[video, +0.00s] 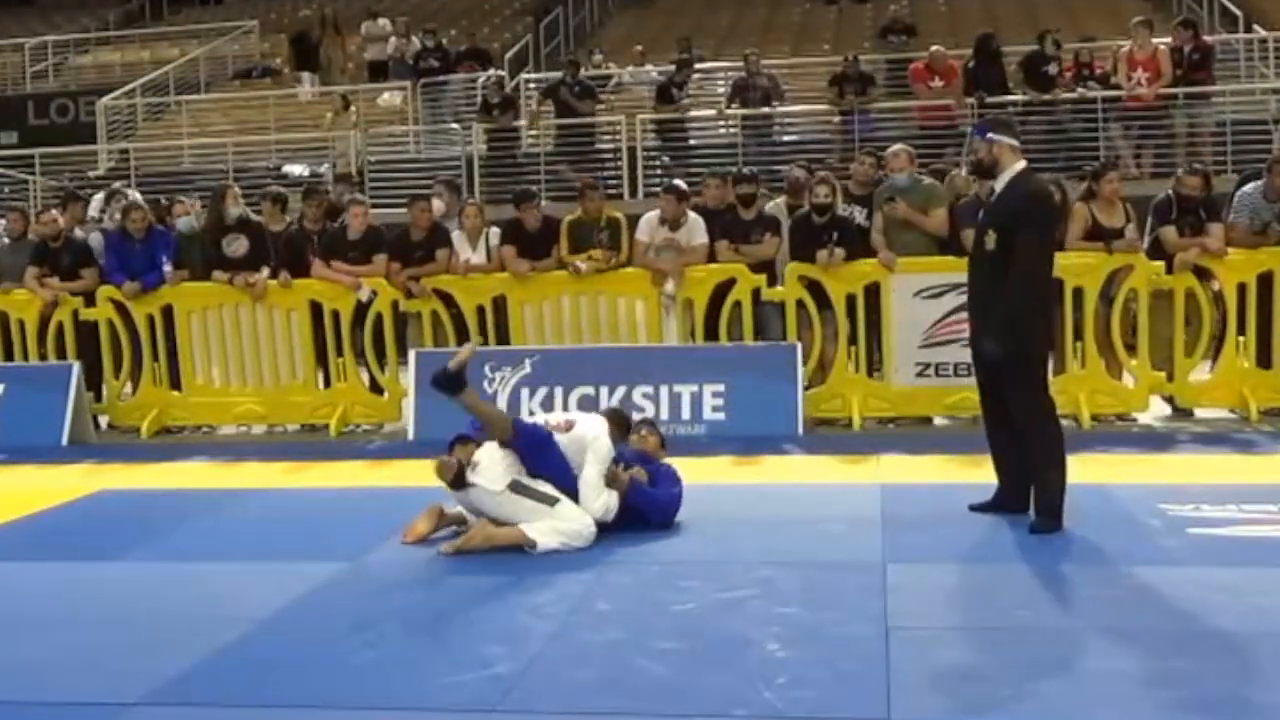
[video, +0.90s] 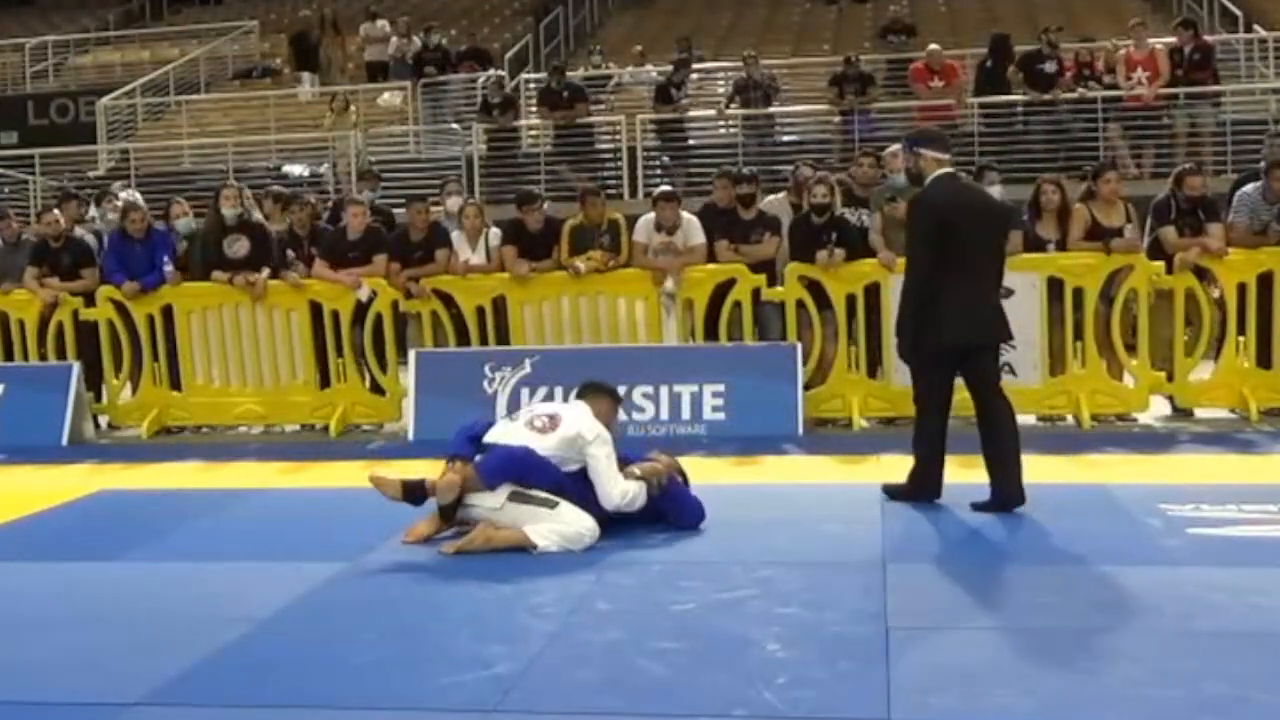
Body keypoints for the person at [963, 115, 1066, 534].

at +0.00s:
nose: (976, 158)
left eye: (979, 150)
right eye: (975, 151)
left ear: (999, 147)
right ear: (998, 149)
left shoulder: (1033, 195)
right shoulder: (1001, 195)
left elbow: (1029, 276)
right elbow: (992, 270)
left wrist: (1010, 330)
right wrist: (981, 325)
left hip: (1019, 327)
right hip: (991, 325)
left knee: (1032, 412)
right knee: (1000, 411)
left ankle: (1049, 507)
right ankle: (1011, 492)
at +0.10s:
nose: (973, 160)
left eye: (975, 152)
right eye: (972, 153)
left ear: (994, 149)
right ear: (995, 149)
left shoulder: (1022, 196)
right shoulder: (997, 195)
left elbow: (1016, 275)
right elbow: (990, 270)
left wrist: (996, 330)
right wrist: (976, 326)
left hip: (1011, 326)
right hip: (987, 325)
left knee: (1022, 412)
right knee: (997, 412)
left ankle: (1046, 504)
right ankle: (1012, 490)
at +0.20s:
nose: (966, 162)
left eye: (969, 154)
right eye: (966, 155)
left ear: (987, 151)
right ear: (996, 151)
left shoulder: (1009, 195)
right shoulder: (1007, 192)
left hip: (1000, 324)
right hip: (989, 322)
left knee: (1008, 412)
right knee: (996, 410)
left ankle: (1036, 504)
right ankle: (1011, 489)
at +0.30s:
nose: (961, 163)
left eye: (963, 154)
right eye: (960, 155)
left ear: (981, 151)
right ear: (992, 151)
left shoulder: (1003, 195)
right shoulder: (1006, 191)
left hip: (993, 327)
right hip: (993, 325)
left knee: (991, 405)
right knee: (995, 402)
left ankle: (1017, 495)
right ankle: (1010, 489)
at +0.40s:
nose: (956, 163)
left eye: (959, 154)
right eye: (956, 155)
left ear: (975, 150)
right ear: (993, 150)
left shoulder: (993, 193)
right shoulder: (1015, 192)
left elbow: (941, 222)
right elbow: (996, 268)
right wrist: (961, 313)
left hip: (979, 323)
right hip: (1006, 322)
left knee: (959, 401)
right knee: (1006, 401)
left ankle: (985, 496)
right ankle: (1016, 495)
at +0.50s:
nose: (951, 162)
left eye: (953, 154)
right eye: (951, 154)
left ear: (968, 151)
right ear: (989, 151)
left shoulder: (978, 198)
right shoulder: (1017, 195)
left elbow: (971, 269)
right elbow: (1008, 269)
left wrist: (950, 320)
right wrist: (957, 314)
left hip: (971, 322)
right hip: (1006, 320)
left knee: (946, 402)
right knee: (1007, 403)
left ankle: (954, 494)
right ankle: (1016, 493)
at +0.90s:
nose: (905, 167)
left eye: (908, 159)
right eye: (906, 159)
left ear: (923, 158)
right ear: (945, 158)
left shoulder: (924, 203)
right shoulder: (985, 200)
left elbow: (917, 274)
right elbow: (994, 267)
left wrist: (904, 330)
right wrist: (987, 307)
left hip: (935, 321)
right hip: (981, 319)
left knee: (931, 408)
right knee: (991, 401)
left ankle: (924, 483)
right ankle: (1008, 490)